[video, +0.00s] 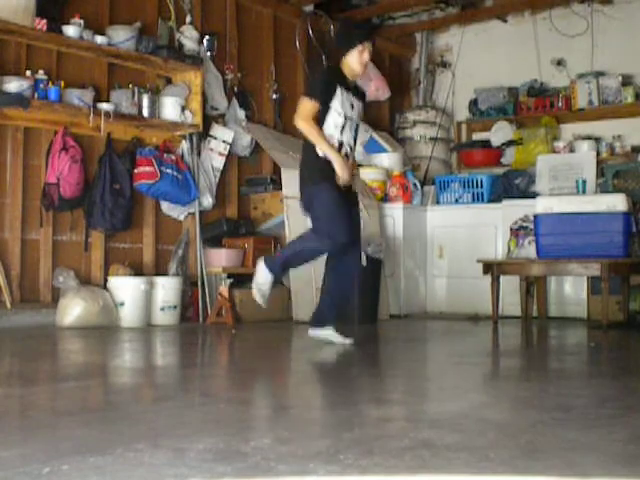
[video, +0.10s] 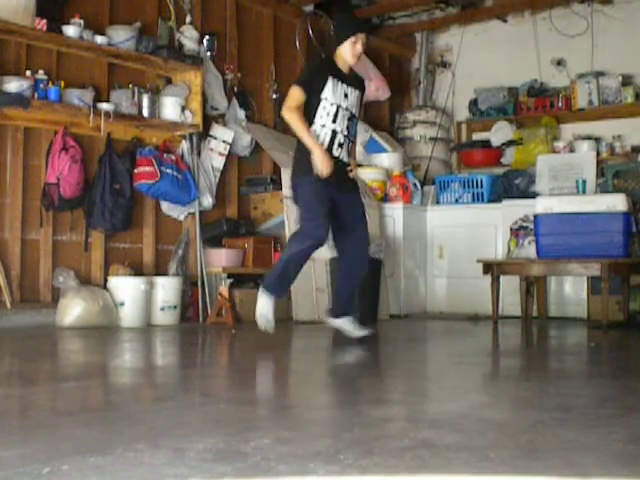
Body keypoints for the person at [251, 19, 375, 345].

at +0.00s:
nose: (367, 59)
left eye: (368, 52)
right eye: (363, 52)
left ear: (364, 53)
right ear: (346, 51)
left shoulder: (357, 92)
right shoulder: (325, 78)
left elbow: (348, 137)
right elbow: (301, 119)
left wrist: (351, 166)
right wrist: (334, 157)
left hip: (342, 179)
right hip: (318, 175)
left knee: (349, 249)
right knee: (333, 235)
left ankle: (323, 323)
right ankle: (271, 266)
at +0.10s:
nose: (360, 49)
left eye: (363, 43)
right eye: (355, 42)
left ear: (362, 45)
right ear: (340, 41)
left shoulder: (357, 84)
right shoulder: (318, 70)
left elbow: (350, 130)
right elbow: (289, 109)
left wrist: (352, 164)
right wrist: (316, 150)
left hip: (342, 175)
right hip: (311, 170)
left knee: (355, 242)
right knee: (314, 232)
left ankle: (340, 313)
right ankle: (270, 290)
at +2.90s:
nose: (306, 35)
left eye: (313, 28)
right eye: (300, 28)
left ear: (323, 29)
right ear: (292, 28)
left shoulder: (338, 61)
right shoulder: (282, 48)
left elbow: (376, 91)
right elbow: (273, 80)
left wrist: (355, 107)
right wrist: (319, 86)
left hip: (308, 175)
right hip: (268, 170)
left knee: (318, 254)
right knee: (246, 240)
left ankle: (330, 324)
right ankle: (258, 292)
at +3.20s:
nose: (296, 53)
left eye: (302, 46)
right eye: (290, 46)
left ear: (310, 46)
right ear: (278, 46)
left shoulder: (319, 72)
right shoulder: (256, 69)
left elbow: (333, 118)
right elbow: (204, 80)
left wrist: (298, 92)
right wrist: (168, 109)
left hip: (313, 189)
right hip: (275, 191)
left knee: (336, 257)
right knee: (261, 269)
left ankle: (328, 318)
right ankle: (231, 327)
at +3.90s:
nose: (286, 54)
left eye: (290, 46)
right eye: (278, 49)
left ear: (299, 37)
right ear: (268, 46)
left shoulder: (325, 60)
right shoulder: (261, 69)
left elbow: (377, 62)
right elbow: (225, 86)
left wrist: (417, 86)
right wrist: (199, 109)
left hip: (326, 181)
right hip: (288, 182)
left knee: (334, 257)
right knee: (269, 254)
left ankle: (352, 332)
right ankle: (258, 328)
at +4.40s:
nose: (312, 51)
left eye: (318, 44)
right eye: (306, 44)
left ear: (328, 48)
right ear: (297, 48)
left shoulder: (344, 84)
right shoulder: (282, 88)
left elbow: (356, 137)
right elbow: (256, 138)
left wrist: (347, 186)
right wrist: (252, 186)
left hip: (327, 193)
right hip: (290, 191)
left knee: (323, 269)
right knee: (280, 264)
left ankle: (325, 330)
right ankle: (267, 334)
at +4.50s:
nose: (332, 34)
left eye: (336, 28)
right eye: (326, 28)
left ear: (341, 31)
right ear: (310, 30)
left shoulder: (356, 67)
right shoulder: (289, 68)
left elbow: (385, 100)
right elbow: (271, 100)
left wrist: (382, 155)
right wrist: (283, 144)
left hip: (344, 179)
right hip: (302, 176)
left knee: (341, 255)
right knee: (294, 252)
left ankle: (333, 325)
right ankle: (287, 327)